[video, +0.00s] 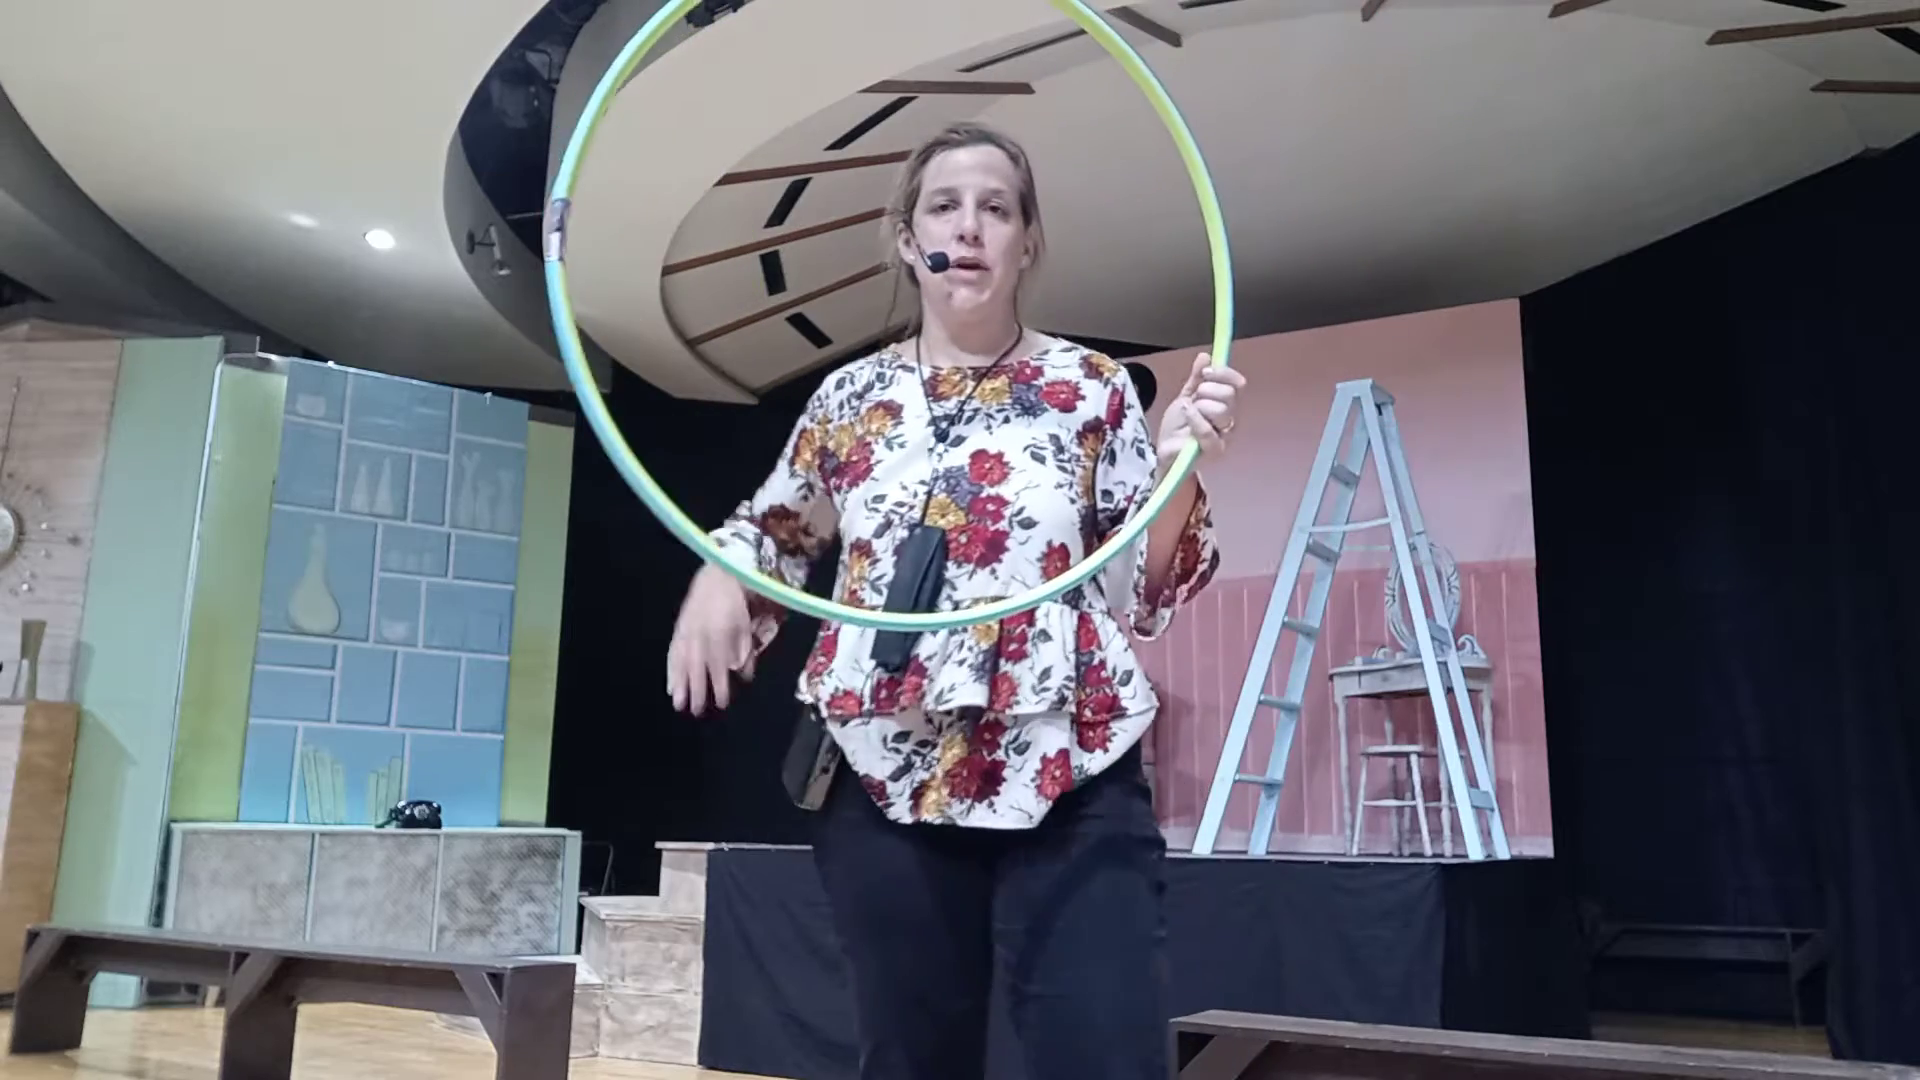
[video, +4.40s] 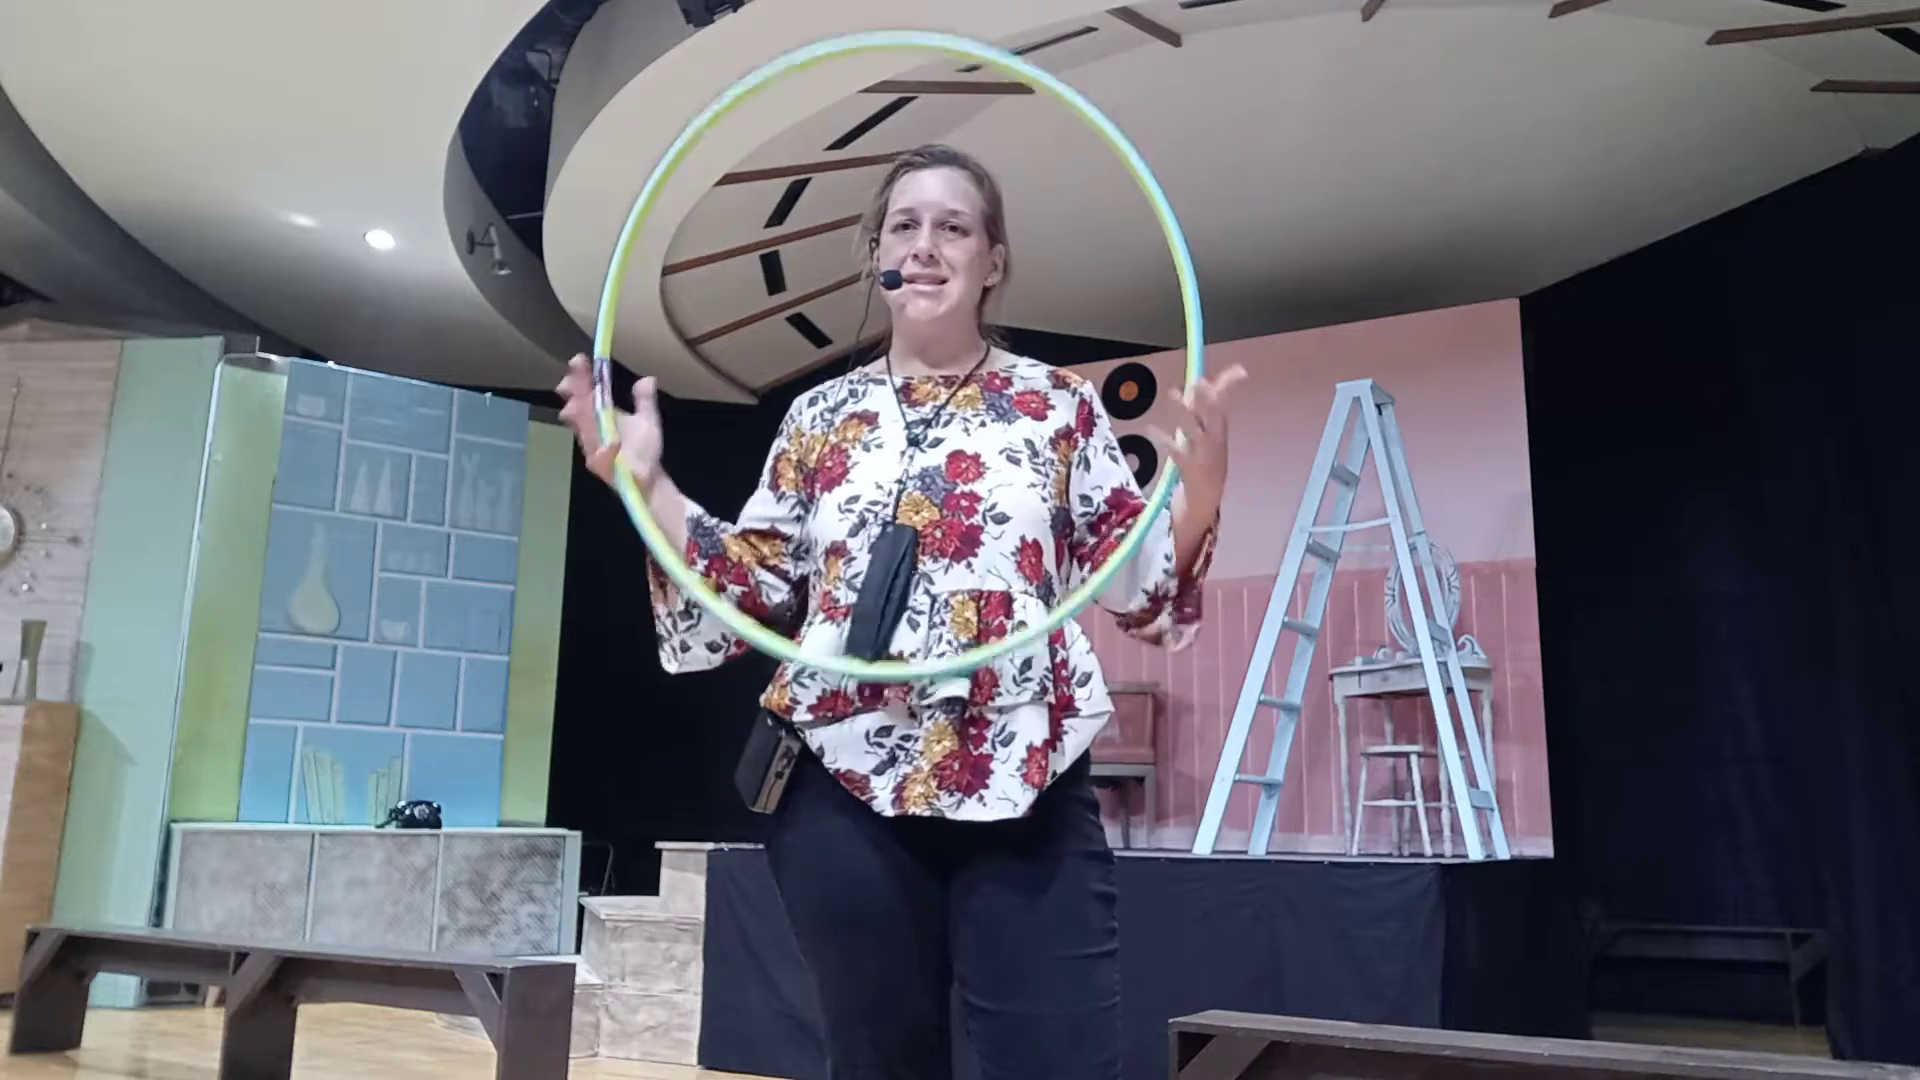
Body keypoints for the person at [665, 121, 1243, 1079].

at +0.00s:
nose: (966, 226)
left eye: (994, 209)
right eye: (942, 206)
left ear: (1029, 244)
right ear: (907, 241)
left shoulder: (1093, 390)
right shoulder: (849, 397)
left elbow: (1145, 592)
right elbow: (776, 533)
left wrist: (1177, 460)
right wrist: (721, 571)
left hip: (1072, 793)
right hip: (890, 798)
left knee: (1101, 1061)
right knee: (911, 1062)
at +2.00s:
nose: (1022, 254)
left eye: (1050, 232)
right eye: (1002, 236)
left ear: (1096, 259)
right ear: (979, 265)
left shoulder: (1164, 403)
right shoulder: (927, 403)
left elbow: (1221, 601)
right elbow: (851, 578)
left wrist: (1276, 481)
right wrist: (766, 454)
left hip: (1131, 797)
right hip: (956, 787)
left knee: (1116, 1063)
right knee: (954, 1060)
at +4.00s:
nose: (928, 249)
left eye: (955, 231)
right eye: (907, 229)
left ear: (995, 266)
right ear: (875, 260)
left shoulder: (1058, 405)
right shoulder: (819, 422)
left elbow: (1133, 586)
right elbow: (763, 609)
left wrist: (1196, 439)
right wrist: (656, 484)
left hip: (1029, 801)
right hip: (847, 800)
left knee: (1055, 1061)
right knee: (879, 1060)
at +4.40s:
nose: (923, 245)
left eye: (952, 228)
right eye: (903, 227)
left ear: (995, 264)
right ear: (876, 259)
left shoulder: (1061, 408)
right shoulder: (817, 418)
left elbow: (1146, 595)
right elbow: (761, 594)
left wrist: (1202, 473)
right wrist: (646, 481)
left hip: (1027, 804)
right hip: (844, 800)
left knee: (1054, 1061)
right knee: (879, 1060)